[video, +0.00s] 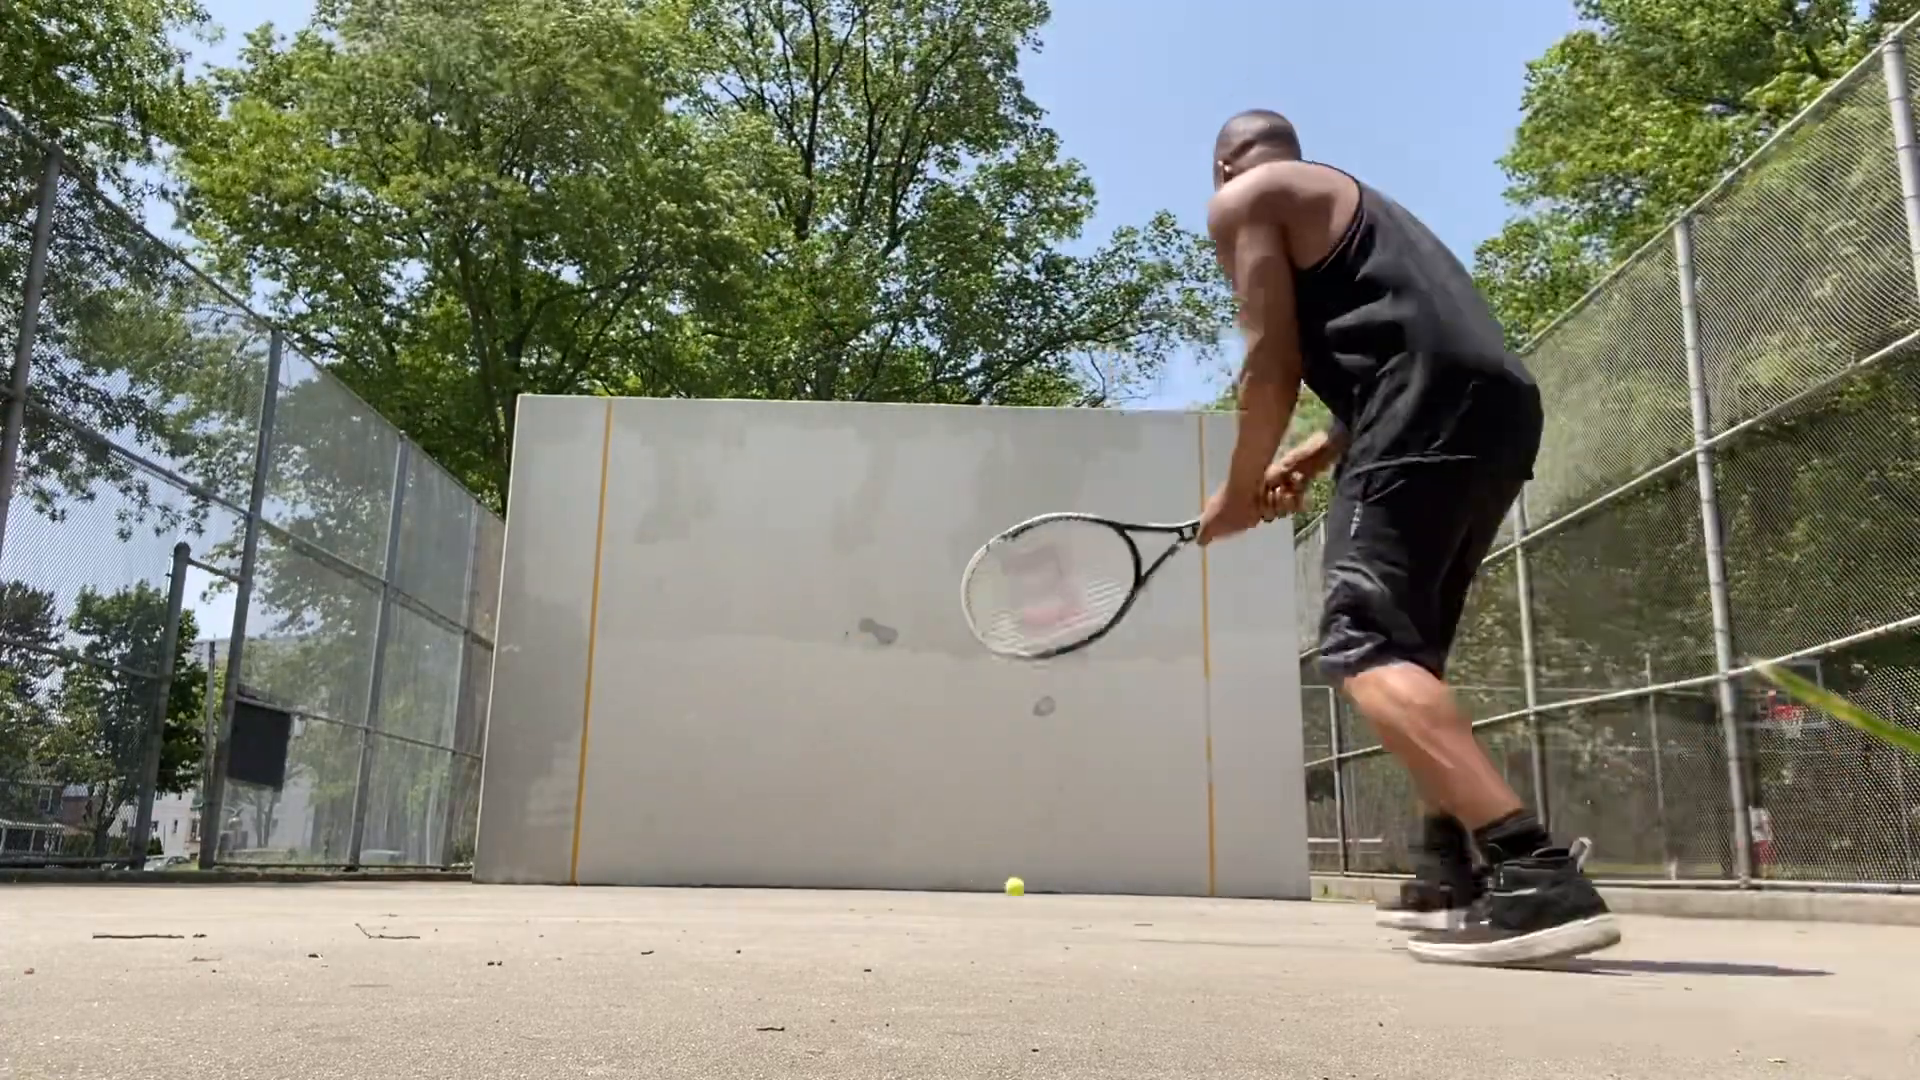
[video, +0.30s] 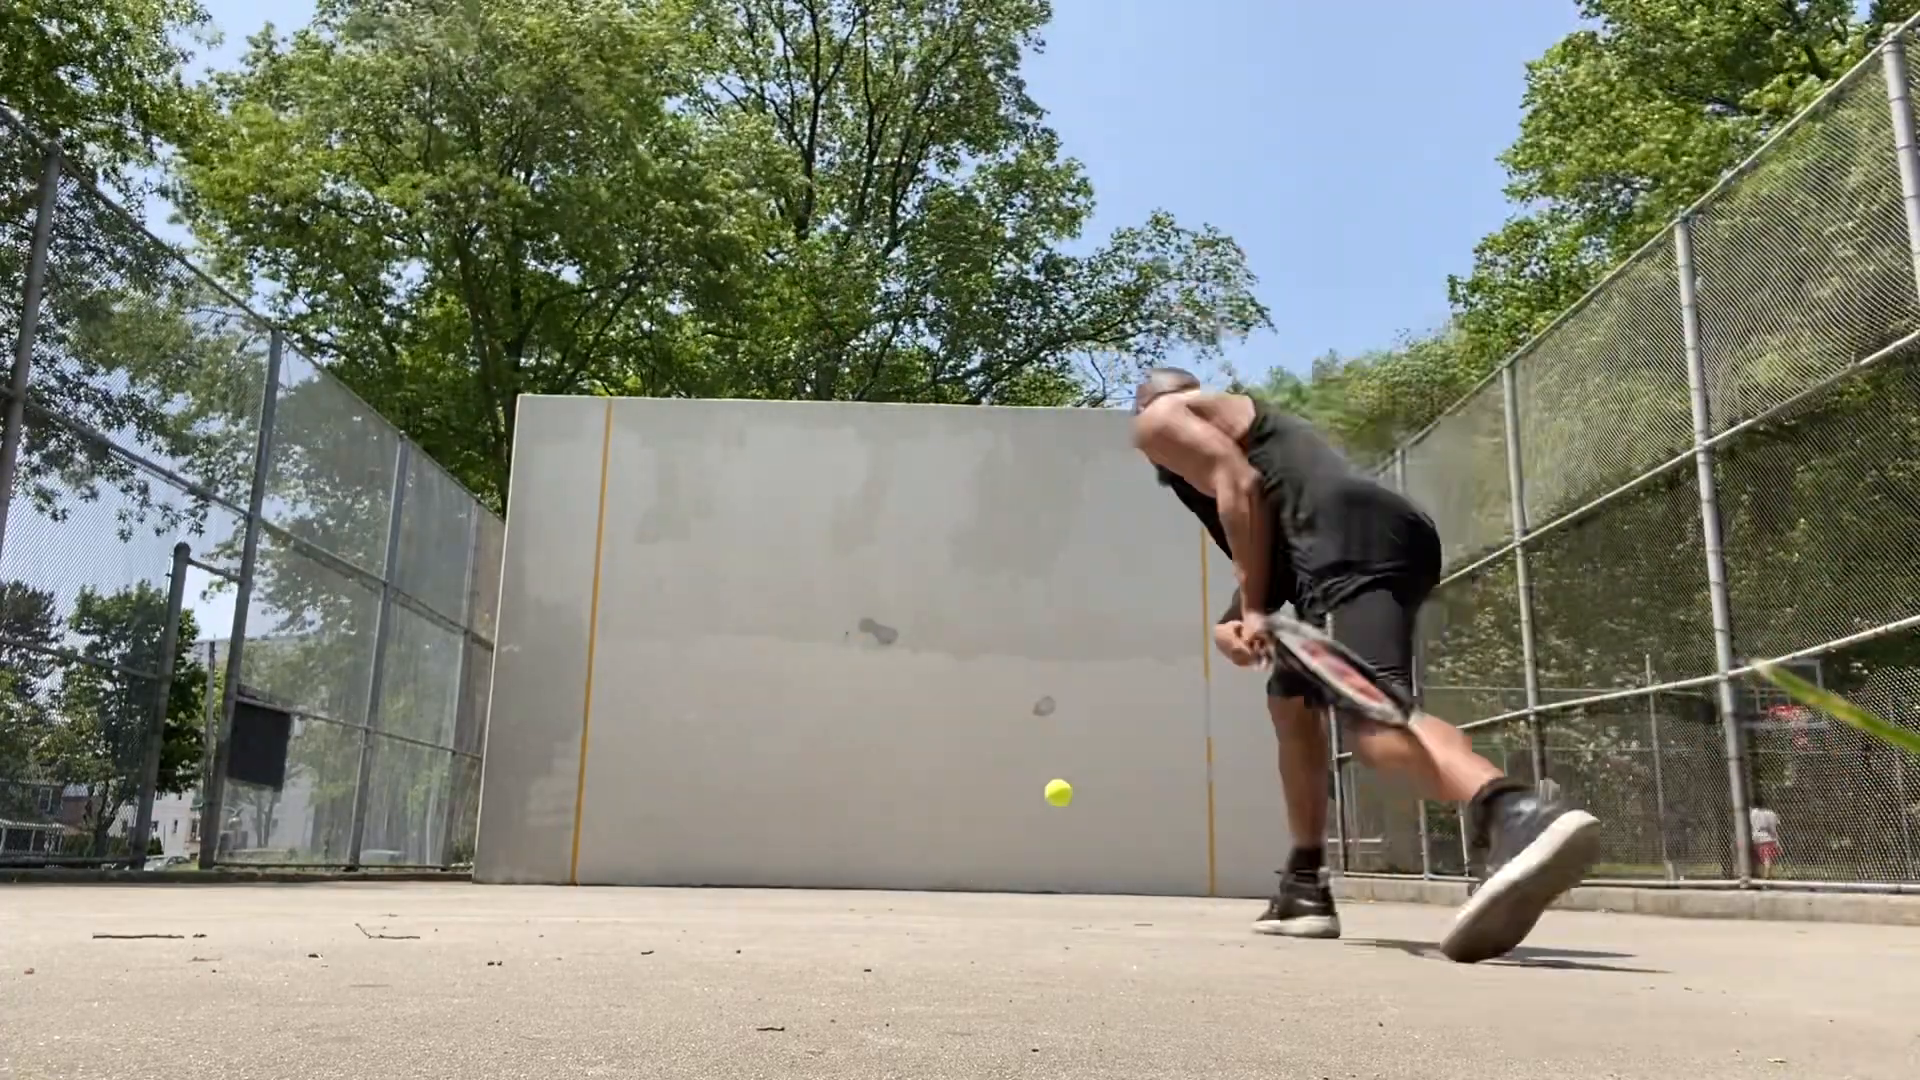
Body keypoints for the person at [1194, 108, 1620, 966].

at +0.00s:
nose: (1219, 181)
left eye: (1220, 168)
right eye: (1224, 167)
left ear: (1229, 161)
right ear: (1290, 153)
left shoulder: (1248, 195)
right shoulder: (1349, 206)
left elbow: (1273, 359)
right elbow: (1401, 374)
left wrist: (1240, 491)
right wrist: (1310, 457)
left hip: (1429, 394)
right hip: (1500, 401)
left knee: (1360, 646)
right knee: (1415, 639)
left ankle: (1532, 869)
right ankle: (1449, 864)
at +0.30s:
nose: (1136, 416)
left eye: (1136, 408)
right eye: (1141, 409)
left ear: (1142, 401)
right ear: (1188, 396)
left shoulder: (1157, 418)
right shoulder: (1242, 428)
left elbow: (1239, 482)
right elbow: (1276, 539)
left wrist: (1255, 606)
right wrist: (1239, 615)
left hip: (1348, 529)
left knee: (1374, 727)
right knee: (1291, 702)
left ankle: (1516, 815)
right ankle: (1304, 885)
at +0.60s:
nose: (1122, 400)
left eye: (1119, 391)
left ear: (1126, 387)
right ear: (1176, 377)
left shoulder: (1113, 424)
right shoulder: (1228, 388)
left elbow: (1145, 497)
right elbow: (1253, 393)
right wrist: (1195, 387)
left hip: (1247, 502)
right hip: (1307, 477)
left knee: (1352, 659)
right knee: (1279, 689)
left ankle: (1580, 671)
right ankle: (1311, 880)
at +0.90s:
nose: (1074, 337)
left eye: (1077, 328)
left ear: (1081, 330)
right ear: (1138, 329)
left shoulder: (1069, 367)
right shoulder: (1191, 369)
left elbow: (1058, 484)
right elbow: (1213, 456)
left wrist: (1096, 541)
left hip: (1163, 513)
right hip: (1247, 515)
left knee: (1095, 680)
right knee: (1239, 701)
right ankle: (1302, 869)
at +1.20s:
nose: (1073, 328)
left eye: (1070, 320)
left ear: (1069, 326)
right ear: (1127, 325)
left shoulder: (1032, 374)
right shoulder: (1167, 361)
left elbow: (1022, 490)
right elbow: (1211, 436)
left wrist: (1085, 509)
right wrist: (1162, 493)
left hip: (1078, 544)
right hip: (1165, 546)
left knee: (1037, 704)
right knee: (1190, 702)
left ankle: (1012, 879)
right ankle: (1258, 847)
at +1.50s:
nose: (1146, 352)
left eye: (1140, 344)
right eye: (1144, 344)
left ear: (1086, 343)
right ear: (1137, 344)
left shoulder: (1039, 389)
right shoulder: (1143, 375)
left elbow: (1049, 471)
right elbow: (1188, 447)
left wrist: (1133, 483)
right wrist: (1228, 431)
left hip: (1037, 554)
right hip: (1115, 557)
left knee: (1022, 709)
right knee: (1173, 703)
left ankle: (1008, 870)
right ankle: (1191, 854)